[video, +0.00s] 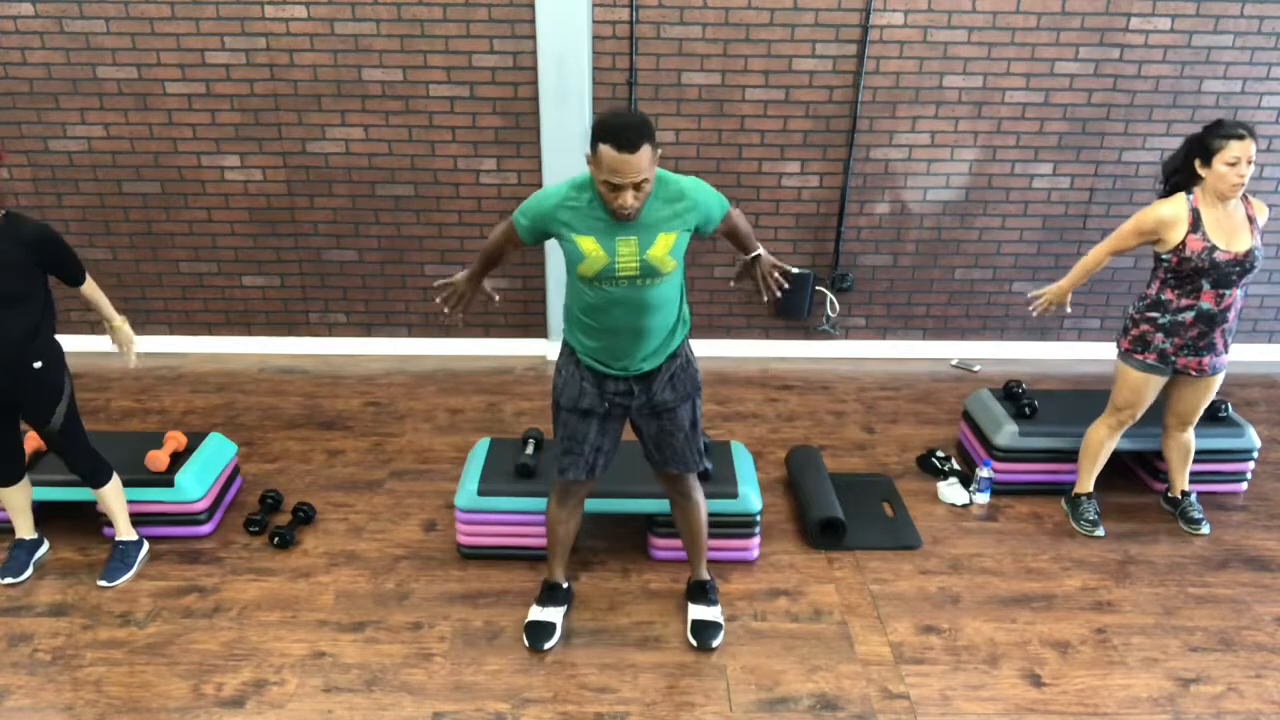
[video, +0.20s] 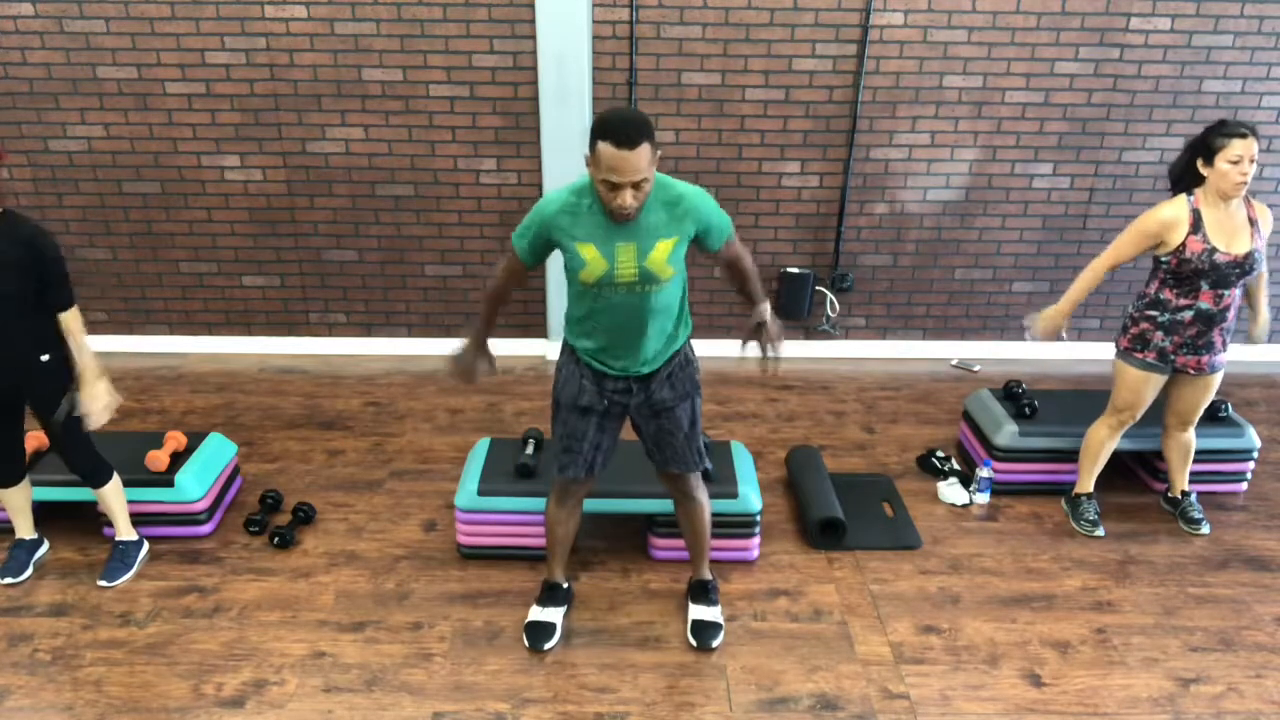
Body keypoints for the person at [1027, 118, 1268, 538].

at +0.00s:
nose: (1244, 173)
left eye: (1249, 164)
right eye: (1233, 164)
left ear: (1254, 166)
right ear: (1203, 167)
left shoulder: (1254, 212)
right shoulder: (1170, 214)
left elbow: (1225, 265)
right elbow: (1106, 250)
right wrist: (1063, 288)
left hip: (1209, 342)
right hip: (1157, 335)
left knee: (1183, 425)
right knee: (1119, 416)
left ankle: (1179, 494)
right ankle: (1081, 494)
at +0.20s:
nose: (1248, 171)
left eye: (1252, 163)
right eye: (1237, 162)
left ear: (1256, 166)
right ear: (1206, 166)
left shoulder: (1258, 217)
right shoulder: (1173, 215)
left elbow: (1257, 271)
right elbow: (1105, 262)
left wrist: (1259, 315)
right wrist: (1060, 311)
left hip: (1207, 341)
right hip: (1154, 334)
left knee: (1184, 425)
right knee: (1120, 416)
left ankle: (1179, 494)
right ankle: (1081, 494)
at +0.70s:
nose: (1246, 243)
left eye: (1251, 233)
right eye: (1234, 233)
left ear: (1257, 237)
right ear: (1203, 239)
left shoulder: (1255, 279)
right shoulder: (1169, 274)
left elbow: (1268, 354)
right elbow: (1154, 351)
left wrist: (1271, 312)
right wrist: (1215, 320)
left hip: (1180, 345)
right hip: (1122, 340)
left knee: (1210, 429)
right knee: (1113, 427)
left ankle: (1179, 494)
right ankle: (1080, 494)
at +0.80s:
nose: (1240, 266)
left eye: (1245, 256)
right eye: (1228, 256)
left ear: (1251, 260)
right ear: (1198, 261)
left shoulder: (1248, 302)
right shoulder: (1166, 293)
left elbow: (1264, 378)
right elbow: (1158, 371)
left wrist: (1261, 334)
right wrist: (1215, 333)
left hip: (1174, 357)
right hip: (1117, 352)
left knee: (1214, 434)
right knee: (1114, 432)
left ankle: (1179, 493)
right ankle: (1079, 494)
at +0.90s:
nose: (1236, 285)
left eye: (1241, 275)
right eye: (1224, 276)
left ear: (1247, 277)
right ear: (1194, 279)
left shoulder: (1243, 318)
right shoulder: (1162, 311)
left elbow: (1259, 393)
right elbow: (1156, 389)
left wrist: (1255, 352)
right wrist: (1210, 351)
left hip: (1171, 367)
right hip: (1115, 362)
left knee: (1218, 440)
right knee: (1116, 437)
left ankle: (1180, 493)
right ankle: (1079, 494)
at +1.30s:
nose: (1245, 256)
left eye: (1250, 246)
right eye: (1234, 245)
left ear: (1255, 248)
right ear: (1203, 248)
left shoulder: (1255, 289)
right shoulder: (1168, 282)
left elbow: (1273, 351)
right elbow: (1147, 357)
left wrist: (1263, 339)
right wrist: (1212, 351)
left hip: (1181, 356)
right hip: (1122, 351)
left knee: (1214, 435)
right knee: (1115, 436)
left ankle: (1179, 494)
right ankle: (1080, 495)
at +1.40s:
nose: (1248, 224)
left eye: (1254, 214)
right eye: (1238, 213)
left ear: (1259, 216)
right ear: (1207, 214)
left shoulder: (1258, 262)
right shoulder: (1174, 252)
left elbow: (1277, 314)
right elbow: (1138, 327)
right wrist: (1189, 362)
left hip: (1188, 346)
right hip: (1132, 339)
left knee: (1211, 429)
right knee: (1115, 433)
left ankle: (1179, 494)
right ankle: (1079, 495)